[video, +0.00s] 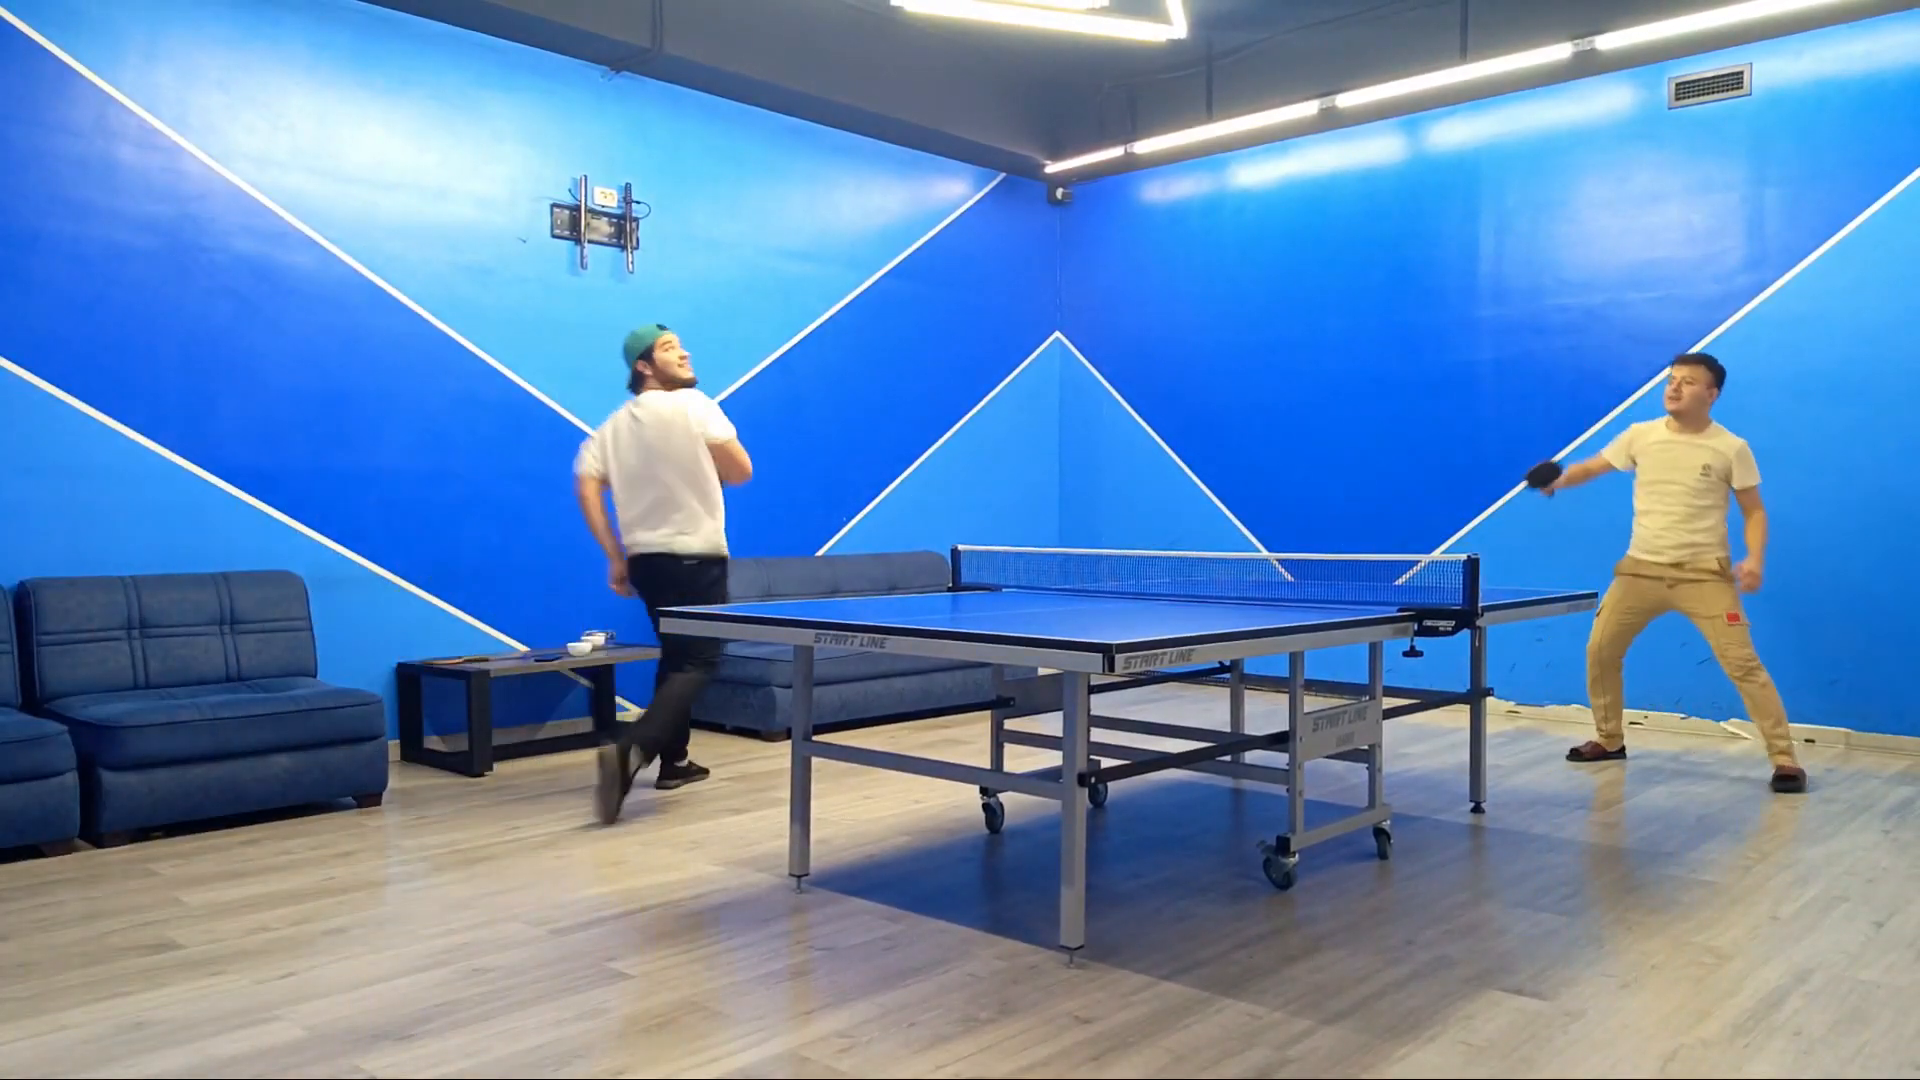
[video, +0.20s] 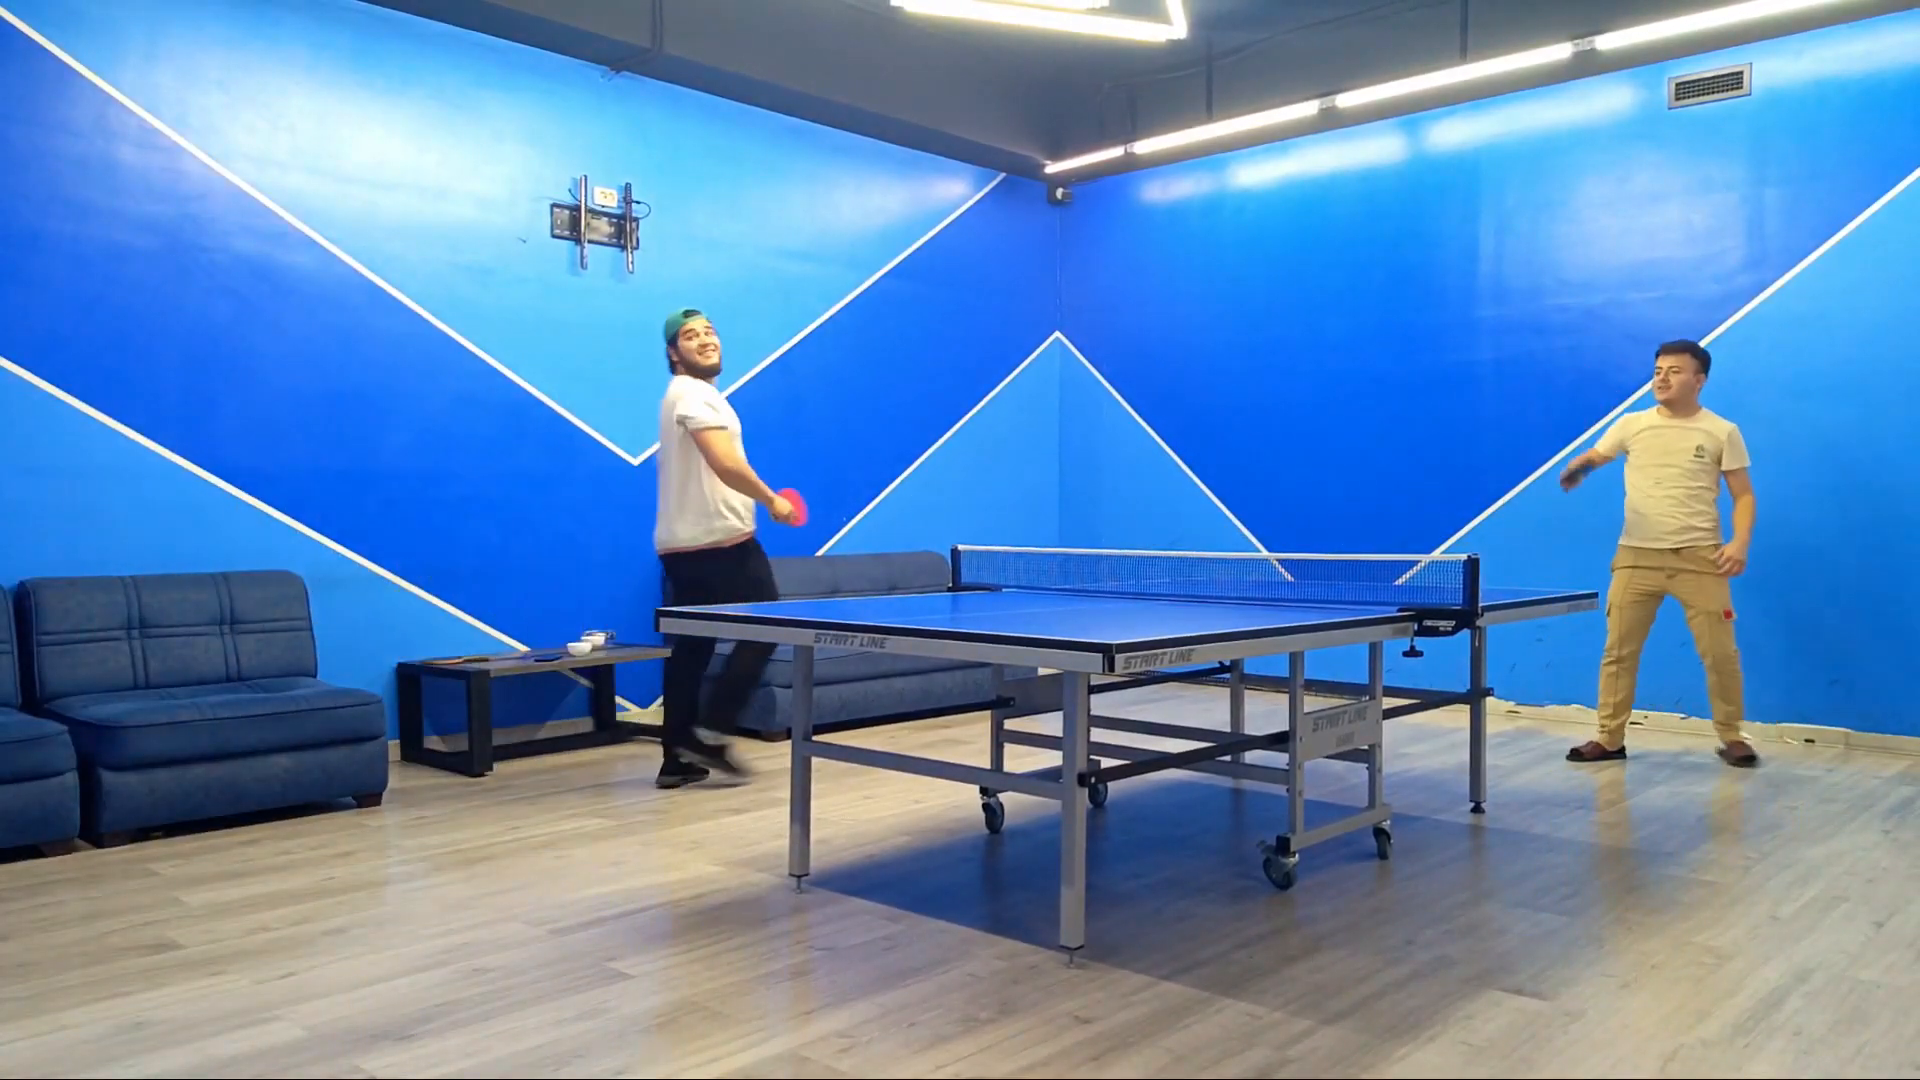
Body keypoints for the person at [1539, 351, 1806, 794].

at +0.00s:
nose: (1674, 387)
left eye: (1687, 382)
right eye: (1672, 380)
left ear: (1711, 394)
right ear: (1666, 387)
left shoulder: (1731, 449)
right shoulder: (1640, 435)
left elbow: (1754, 511)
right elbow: (1591, 466)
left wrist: (1755, 559)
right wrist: (1558, 480)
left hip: (1704, 577)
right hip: (1640, 572)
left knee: (1743, 664)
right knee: (1601, 649)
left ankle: (1784, 759)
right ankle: (1609, 741)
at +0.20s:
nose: (1663, 378)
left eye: (1675, 371)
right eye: (1659, 372)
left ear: (1699, 379)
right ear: (1653, 379)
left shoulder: (1721, 432)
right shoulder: (1633, 425)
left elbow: (1743, 495)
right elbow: (1592, 458)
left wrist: (1740, 544)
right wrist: (1574, 470)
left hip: (1699, 561)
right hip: (1637, 559)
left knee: (1721, 653)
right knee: (1618, 649)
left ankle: (1732, 738)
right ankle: (1609, 739)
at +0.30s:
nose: (1666, 381)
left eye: (1677, 374)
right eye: (1662, 375)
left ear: (1703, 381)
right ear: (1657, 382)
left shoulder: (1727, 435)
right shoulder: (1639, 427)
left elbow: (1745, 499)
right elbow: (1604, 471)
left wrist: (1740, 548)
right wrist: (1585, 498)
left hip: (1698, 561)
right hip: (1638, 558)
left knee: (1710, 653)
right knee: (1622, 650)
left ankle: (1714, 732)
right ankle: (1610, 738)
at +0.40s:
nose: (1675, 385)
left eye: (1686, 378)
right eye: (1671, 379)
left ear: (1713, 384)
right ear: (1667, 384)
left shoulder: (1737, 439)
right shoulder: (1649, 430)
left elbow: (1747, 501)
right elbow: (1624, 481)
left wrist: (1743, 553)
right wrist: (1602, 526)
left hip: (1706, 563)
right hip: (1647, 558)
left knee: (1706, 655)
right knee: (1631, 650)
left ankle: (1708, 732)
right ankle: (1610, 737)